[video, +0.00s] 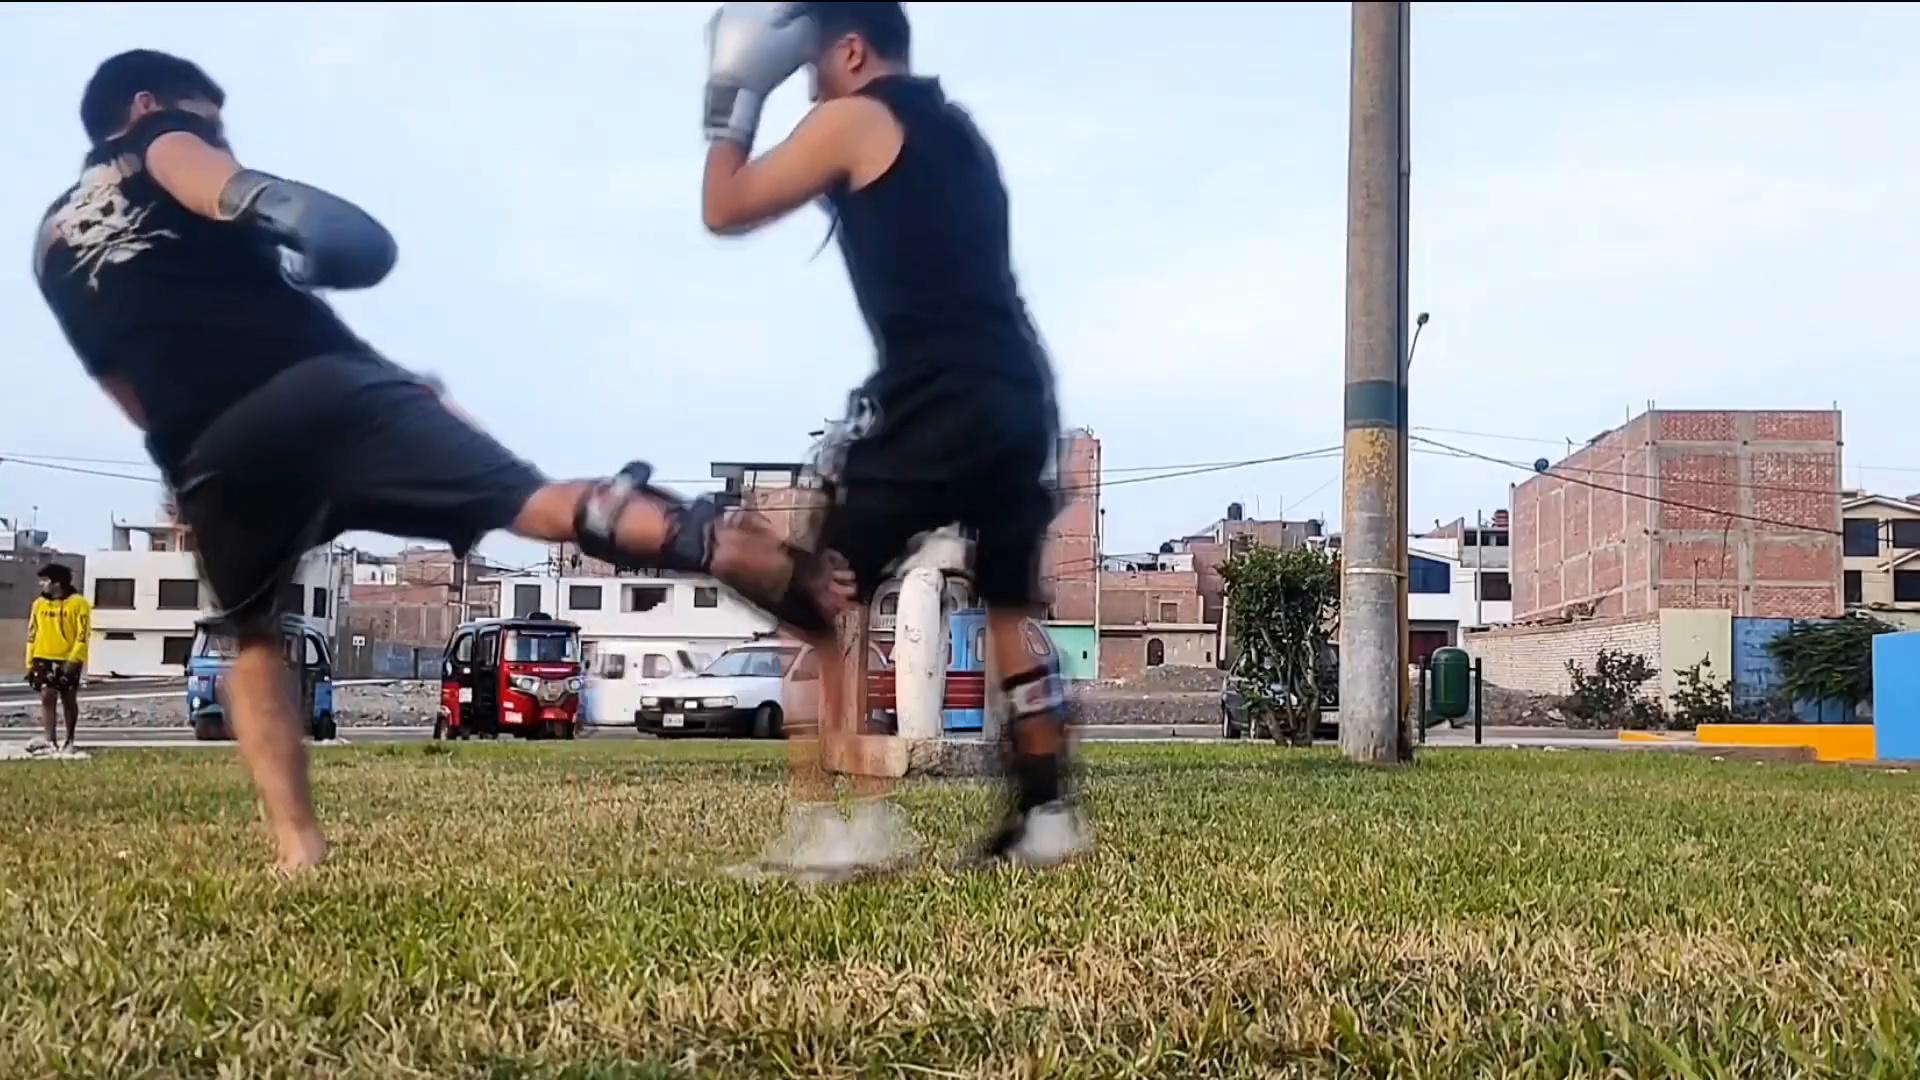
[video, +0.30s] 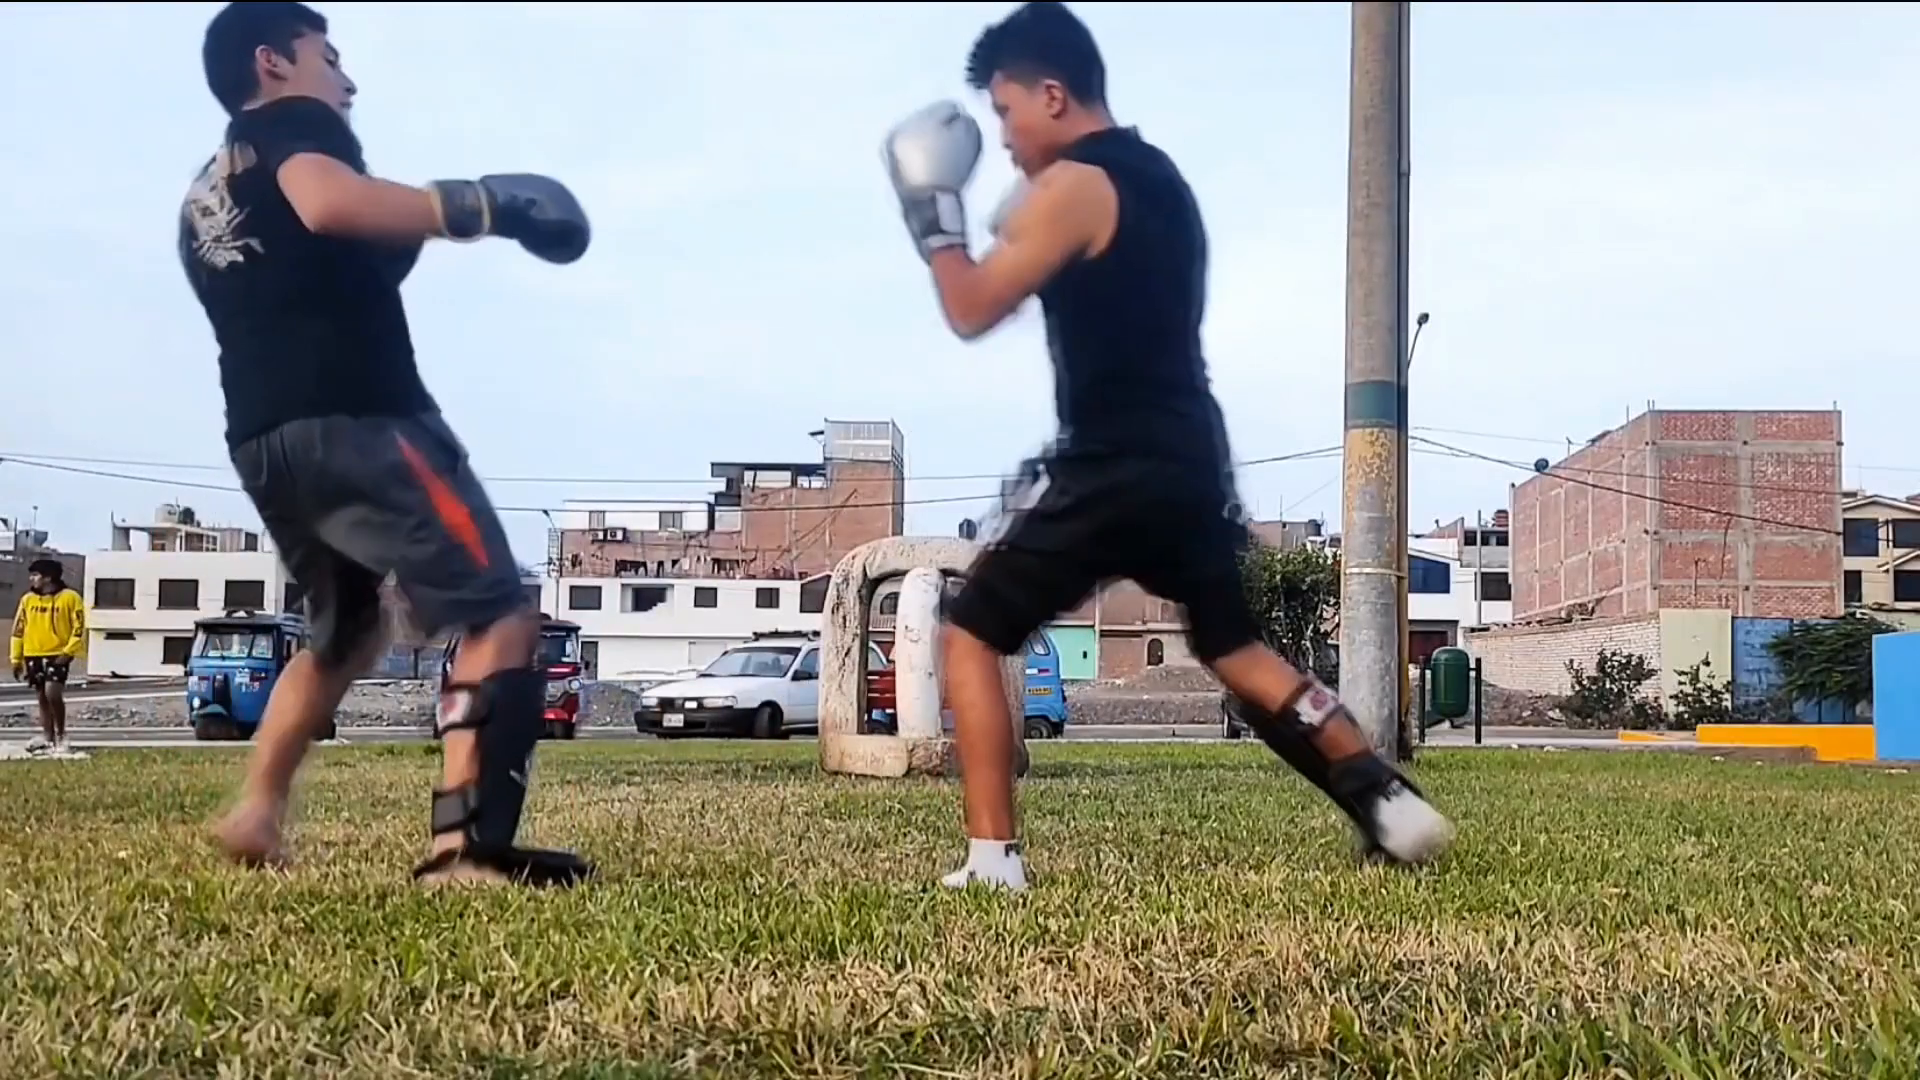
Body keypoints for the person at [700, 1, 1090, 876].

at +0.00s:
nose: (813, 75)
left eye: (816, 57)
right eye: (810, 61)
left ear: (853, 51)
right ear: (891, 50)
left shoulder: (854, 120)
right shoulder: (958, 130)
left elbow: (724, 207)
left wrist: (733, 94)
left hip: (934, 402)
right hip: (1022, 404)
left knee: (828, 590)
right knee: (1012, 602)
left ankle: (853, 818)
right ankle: (1045, 812)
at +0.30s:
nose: (1002, 134)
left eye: (1004, 110)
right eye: (997, 114)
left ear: (1053, 96)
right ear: (1073, 94)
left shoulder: (1078, 185)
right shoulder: (1162, 179)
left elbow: (971, 308)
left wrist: (926, 207)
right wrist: (1016, 224)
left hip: (1109, 471)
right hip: (1194, 469)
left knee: (970, 630)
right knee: (1231, 645)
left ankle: (992, 860)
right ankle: (1390, 805)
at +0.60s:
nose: (1105, 109)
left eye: (1104, 85)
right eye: (1095, 94)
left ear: (1155, 55)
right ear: (1180, 53)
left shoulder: (1181, 116)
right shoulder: (1276, 122)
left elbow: (1114, 268)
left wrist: (1057, 190)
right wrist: (1115, 188)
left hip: (1231, 387)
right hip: (1329, 389)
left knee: (1128, 597)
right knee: (1333, 611)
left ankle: (1163, 842)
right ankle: (1430, 820)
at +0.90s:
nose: (1146, 121)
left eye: (1146, 99)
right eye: (1139, 105)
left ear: (1184, 70)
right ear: (1223, 65)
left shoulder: (1199, 136)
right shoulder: (1316, 146)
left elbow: (1071, 257)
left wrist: (1061, 143)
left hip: (1226, 436)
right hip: (1334, 448)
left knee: (1069, 606)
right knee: (1382, 649)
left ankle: (1138, 841)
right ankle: (1513, 838)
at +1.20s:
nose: (1014, 75)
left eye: (1012, 57)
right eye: (1007, 62)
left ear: (1048, 25)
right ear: (1099, 20)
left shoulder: (1052, 96)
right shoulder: (1213, 113)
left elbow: (932, 231)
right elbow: (1240, 281)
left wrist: (926, 119)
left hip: (1101, 409)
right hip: (1218, 411)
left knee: (1031, 634)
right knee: (1260, 609)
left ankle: (1098, 882)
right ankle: (1375, 804)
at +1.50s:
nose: (958, 62)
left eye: (957, 47)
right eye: (957, 49)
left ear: (990, 33)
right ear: (1058, 27)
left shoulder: (978, 97)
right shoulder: (1158, 117)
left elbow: (870, 224)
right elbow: (1192, 279)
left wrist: (878, 119)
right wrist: (1100, 224)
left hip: (1008, 390)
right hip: (1124, 407)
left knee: (940, 628)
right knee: (1054, 632)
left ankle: (1065, 838)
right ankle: (1027, 859)